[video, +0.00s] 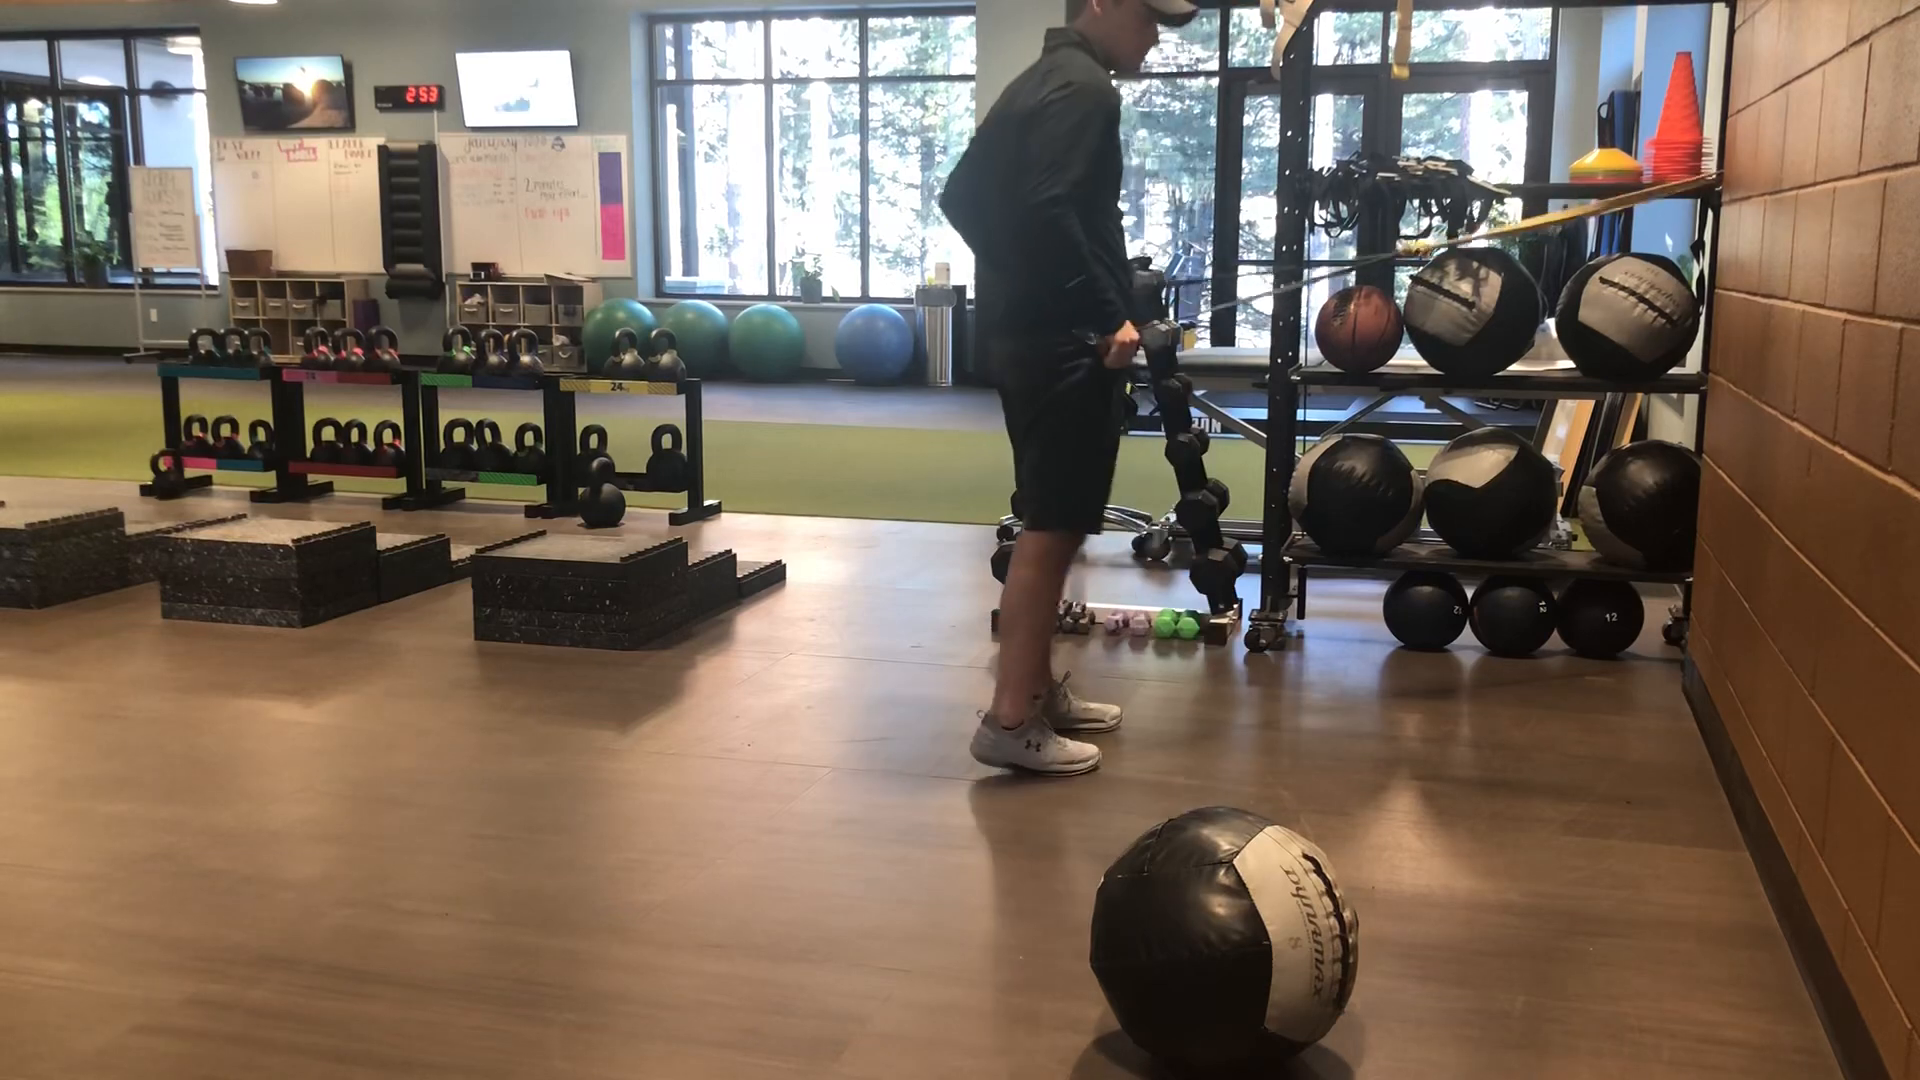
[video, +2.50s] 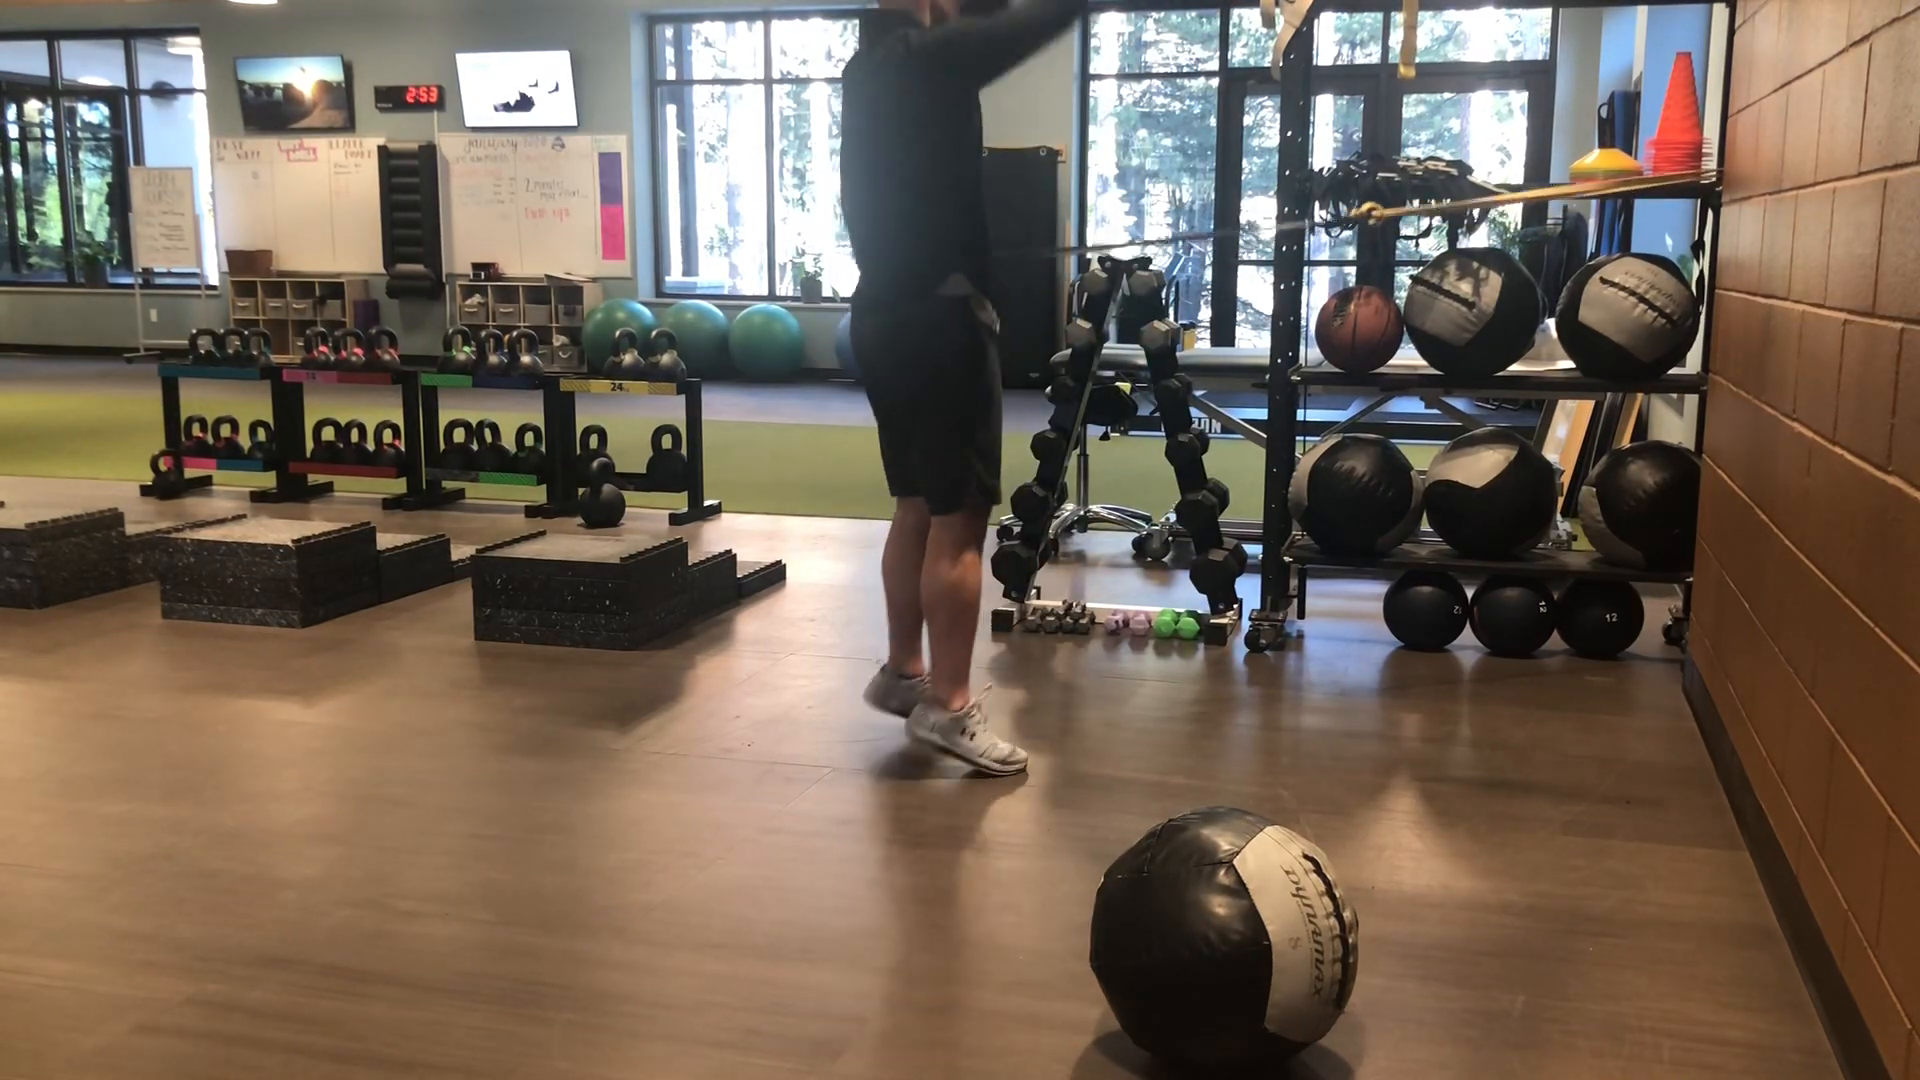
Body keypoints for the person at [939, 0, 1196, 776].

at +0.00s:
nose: (1154, 42)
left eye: (1158, 27)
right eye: (1149, 22)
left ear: (1092, 12)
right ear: (1101, 8)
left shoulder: (1034, 83)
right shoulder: (1086, 90)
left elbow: (961, 193)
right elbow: (1053, 207)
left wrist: (1030, 278)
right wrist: (1112, 315)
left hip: (1028, 339)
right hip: (1065, 342)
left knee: (1051, 519)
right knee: (1053, 526)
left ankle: (1036, 687)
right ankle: (1010, 722)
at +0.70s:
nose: (1041, 17)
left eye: (1038, 7)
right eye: (1035, 5)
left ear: (972, 14)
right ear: (1003, 9)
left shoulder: (935, 100)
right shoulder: (996, 108)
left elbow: (952, 243)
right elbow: (1015, 252)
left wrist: (1060, 283)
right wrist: (1094, 313)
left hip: (935, 338)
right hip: (988, 343)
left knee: (963, 521)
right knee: (1006, 537)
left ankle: (907, 689)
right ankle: (1003, 730)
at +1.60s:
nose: (970, 20)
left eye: (967, 8)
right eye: (967, 8)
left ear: (903, 16)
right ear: (945, 10)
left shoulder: (870, 101)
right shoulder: (938, 104)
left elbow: (860, 231)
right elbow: (959, 231)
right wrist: (1045, 284)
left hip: (867, 335)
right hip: (919, 338)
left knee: (902, 525)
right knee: (931, 537)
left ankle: (887, 697)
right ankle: (929, 730)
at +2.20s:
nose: (948, 12)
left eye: (944, 2)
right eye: (941, 2)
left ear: (882, 15)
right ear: (912, 9)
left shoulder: (855, 97)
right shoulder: (926, 104)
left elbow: (951, 174)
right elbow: (1010, 198)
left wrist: (1044, 172)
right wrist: (1106, 189)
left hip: (859, 341)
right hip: (916, 345)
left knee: (898, 525)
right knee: (939, 539)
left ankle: (884, 699)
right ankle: (929, 733)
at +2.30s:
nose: (953, 13)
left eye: (950, 3)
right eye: (946, 2)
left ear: (884, 14)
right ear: (914, 7)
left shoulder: (861, 92)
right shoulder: (929, 91)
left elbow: (988, 114)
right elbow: (1050, 119)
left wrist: (1054, 61)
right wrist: (1114, 63)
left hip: (871, 336)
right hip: (929, 340)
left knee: (902, 524)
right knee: (946, 538)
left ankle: (885, 699)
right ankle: (931, 732)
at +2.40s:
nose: (955, 12)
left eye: (951, 2)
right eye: (948, 1)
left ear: (882, 10)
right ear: (916, 4)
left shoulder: (866, 81)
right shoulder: (932, 82)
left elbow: (990, 64)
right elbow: (1072, 62)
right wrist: (1094, 1)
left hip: (874, 333)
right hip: (933, 336)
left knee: (907, 520)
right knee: (951, 536)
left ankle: (889, 693)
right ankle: (934, 725)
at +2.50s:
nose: (965, 19)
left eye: (965, 10)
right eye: (960, 8)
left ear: (887, 11)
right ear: (931, 4)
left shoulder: (861, 75)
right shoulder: (931, 57)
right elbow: (1043, 15)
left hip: (878, 314)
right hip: (939, 313)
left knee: (915, 506)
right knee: (961, 515)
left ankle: (902, 669)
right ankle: (950, 706)